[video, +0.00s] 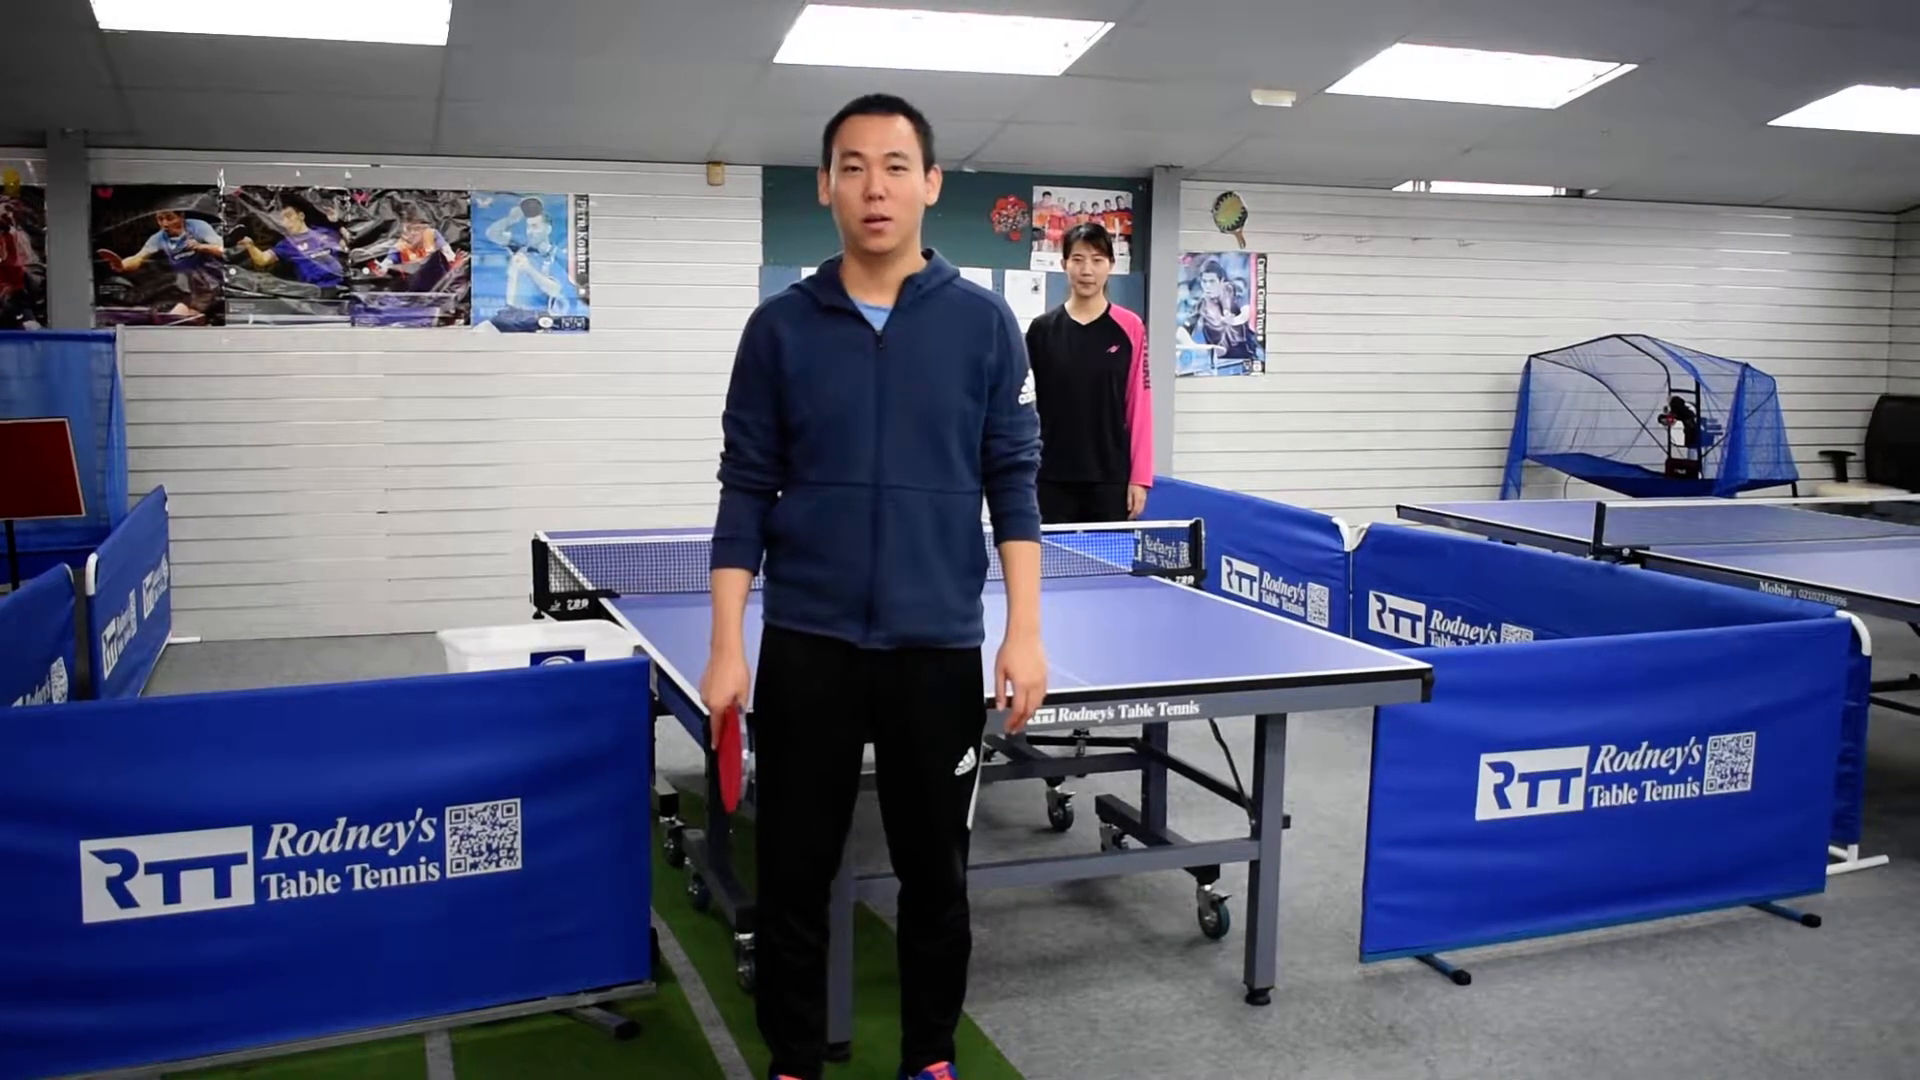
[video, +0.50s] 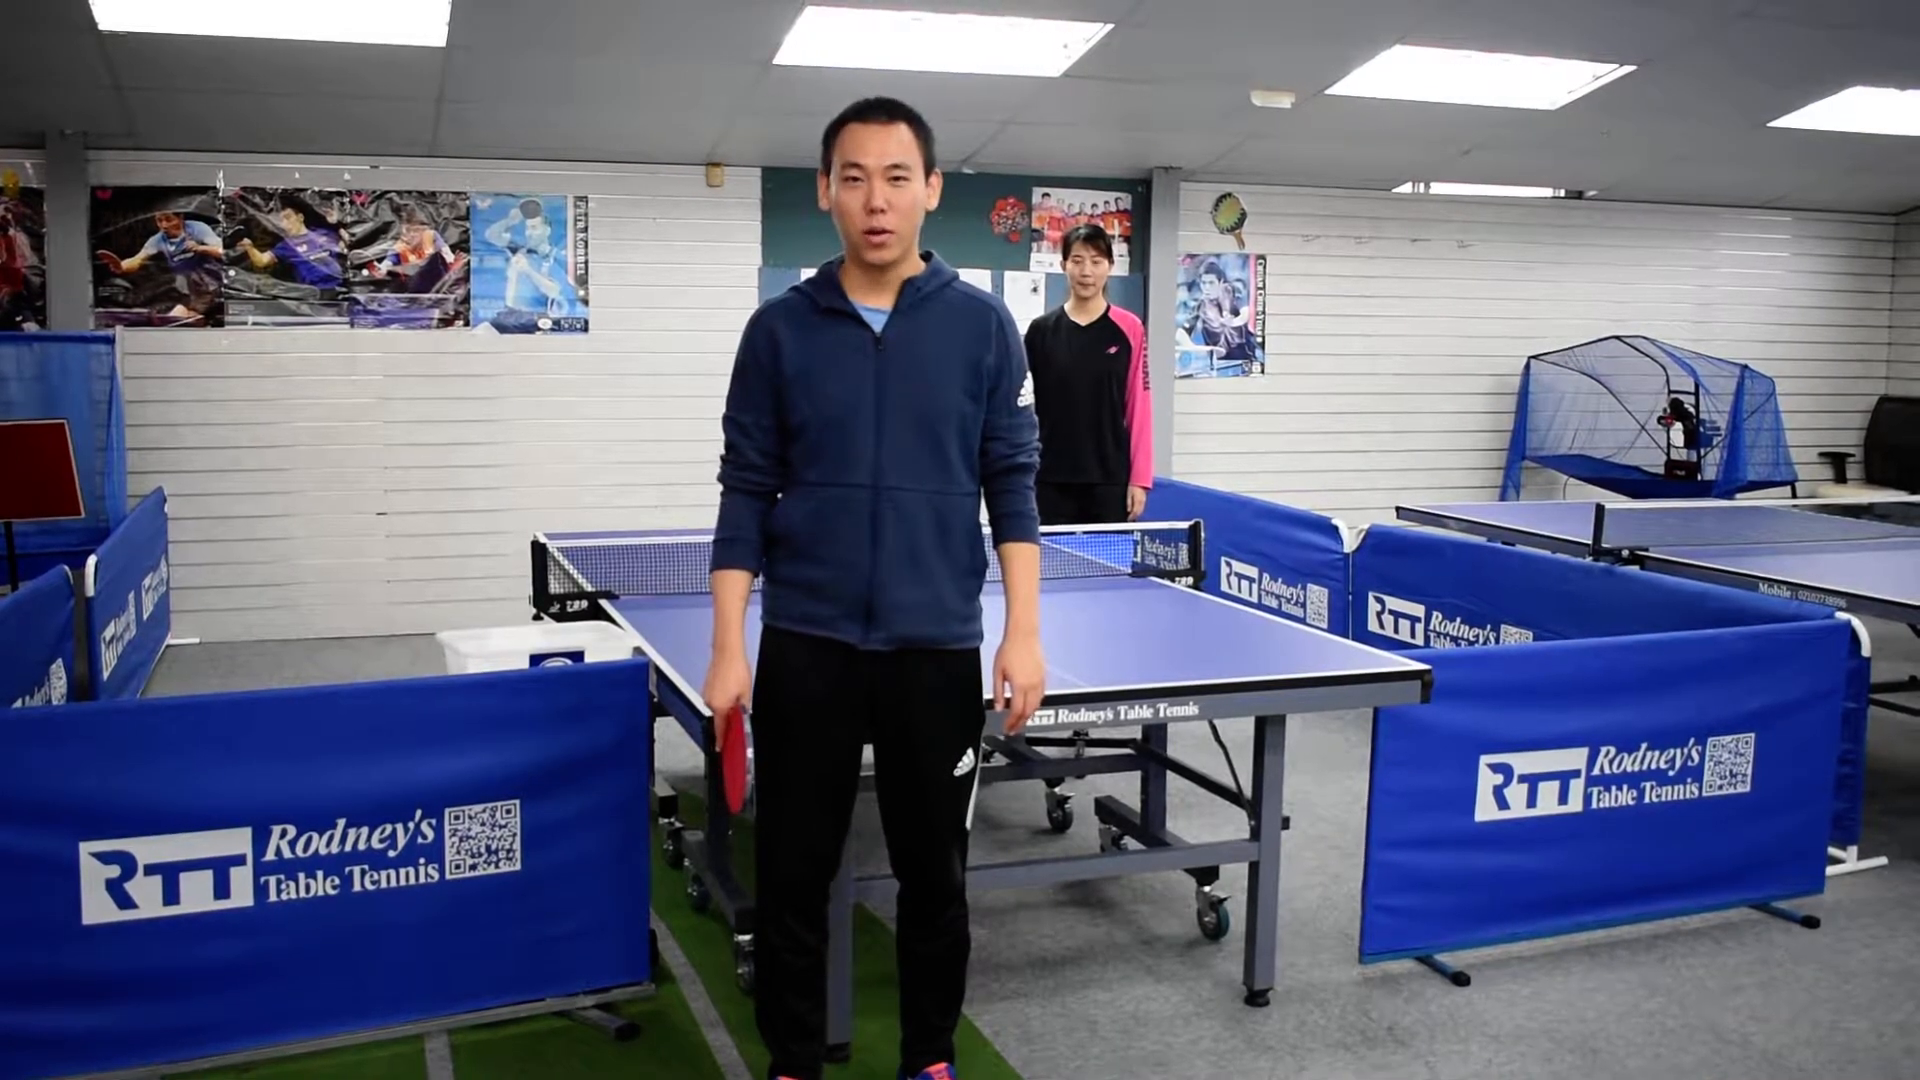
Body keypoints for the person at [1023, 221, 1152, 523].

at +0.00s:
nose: (1087, 270)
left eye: (1097, 261)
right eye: (1078, 260)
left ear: (1111, 266)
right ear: (1065, 265)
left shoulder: (1130, 328)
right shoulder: (1041, 330)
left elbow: (1139, 406)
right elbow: (1025, 403)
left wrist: (1140, 477)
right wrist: (1023, 476)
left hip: (1109, 480)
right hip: (1052, 479)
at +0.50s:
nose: (1086, 272)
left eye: (1096, 262)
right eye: (1077, 261)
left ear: (1110, 267)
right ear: (1064, 266)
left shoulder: (1129, 329)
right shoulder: (1040, 331)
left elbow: (1139, 407)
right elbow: (1022, 404)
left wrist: (1140, 478)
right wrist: (1022, 478)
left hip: (1109, 482)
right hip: (1051, 481)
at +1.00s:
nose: (1085, 271)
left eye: (1095, 262)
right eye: (1076, 261)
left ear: (1109, 268)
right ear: (1063, 266)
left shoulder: (1128, 329)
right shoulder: (1039, 331)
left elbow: (1137, 406)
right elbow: (1021, 404)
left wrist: (1138, 478)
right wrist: (1020, 478)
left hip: (1108, 481)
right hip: (1050, 481)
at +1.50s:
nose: (1084, 271)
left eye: (1095, 262)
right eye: (1075, 261)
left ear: (1108, 268)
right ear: (1062, 266)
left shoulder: (1128, 329)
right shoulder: (1039, 331)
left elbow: (1137, 407)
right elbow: (1021, 405)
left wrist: (1138, 478)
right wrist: (1020, 478)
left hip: (1107, 482)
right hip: (1049, 482)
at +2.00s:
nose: (1085, 271)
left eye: (1095, 262)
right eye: (1076, 261)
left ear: (1109, 268)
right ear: (1063, 266)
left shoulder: (1128, 329)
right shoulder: (1039, 331)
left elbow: (1137, 407)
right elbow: (1022, 405)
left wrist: (1138, 479)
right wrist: (1019, 479)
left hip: (1107, 483)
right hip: (1049, 482)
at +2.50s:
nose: (1085, 271)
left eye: (1095, 262)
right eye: (1075, 261)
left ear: (1108, 268)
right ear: (1063, 266)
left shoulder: (1128, 329)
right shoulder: (1039, 331)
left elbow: (1137, 407)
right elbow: (1022, 405)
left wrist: (1138, 479)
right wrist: (1020, 478)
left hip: (1107, 483)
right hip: (1049, 482)